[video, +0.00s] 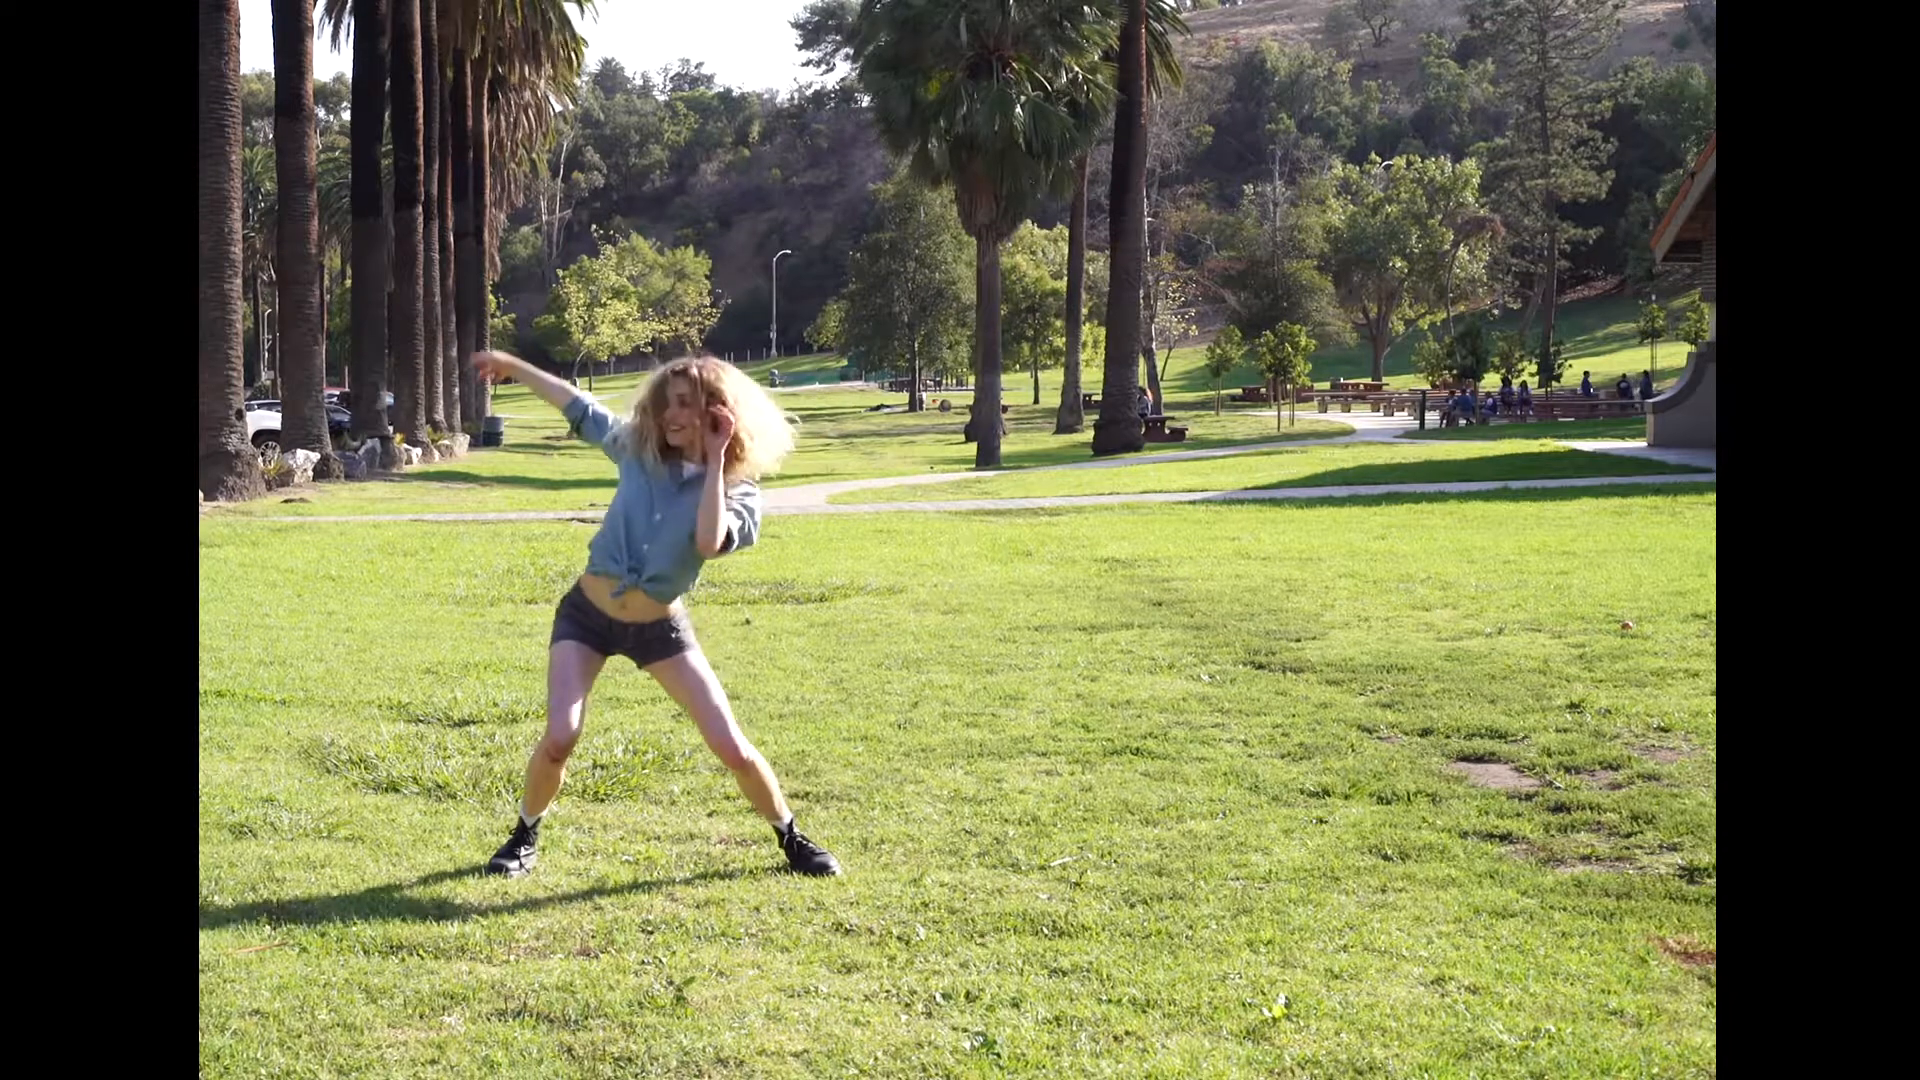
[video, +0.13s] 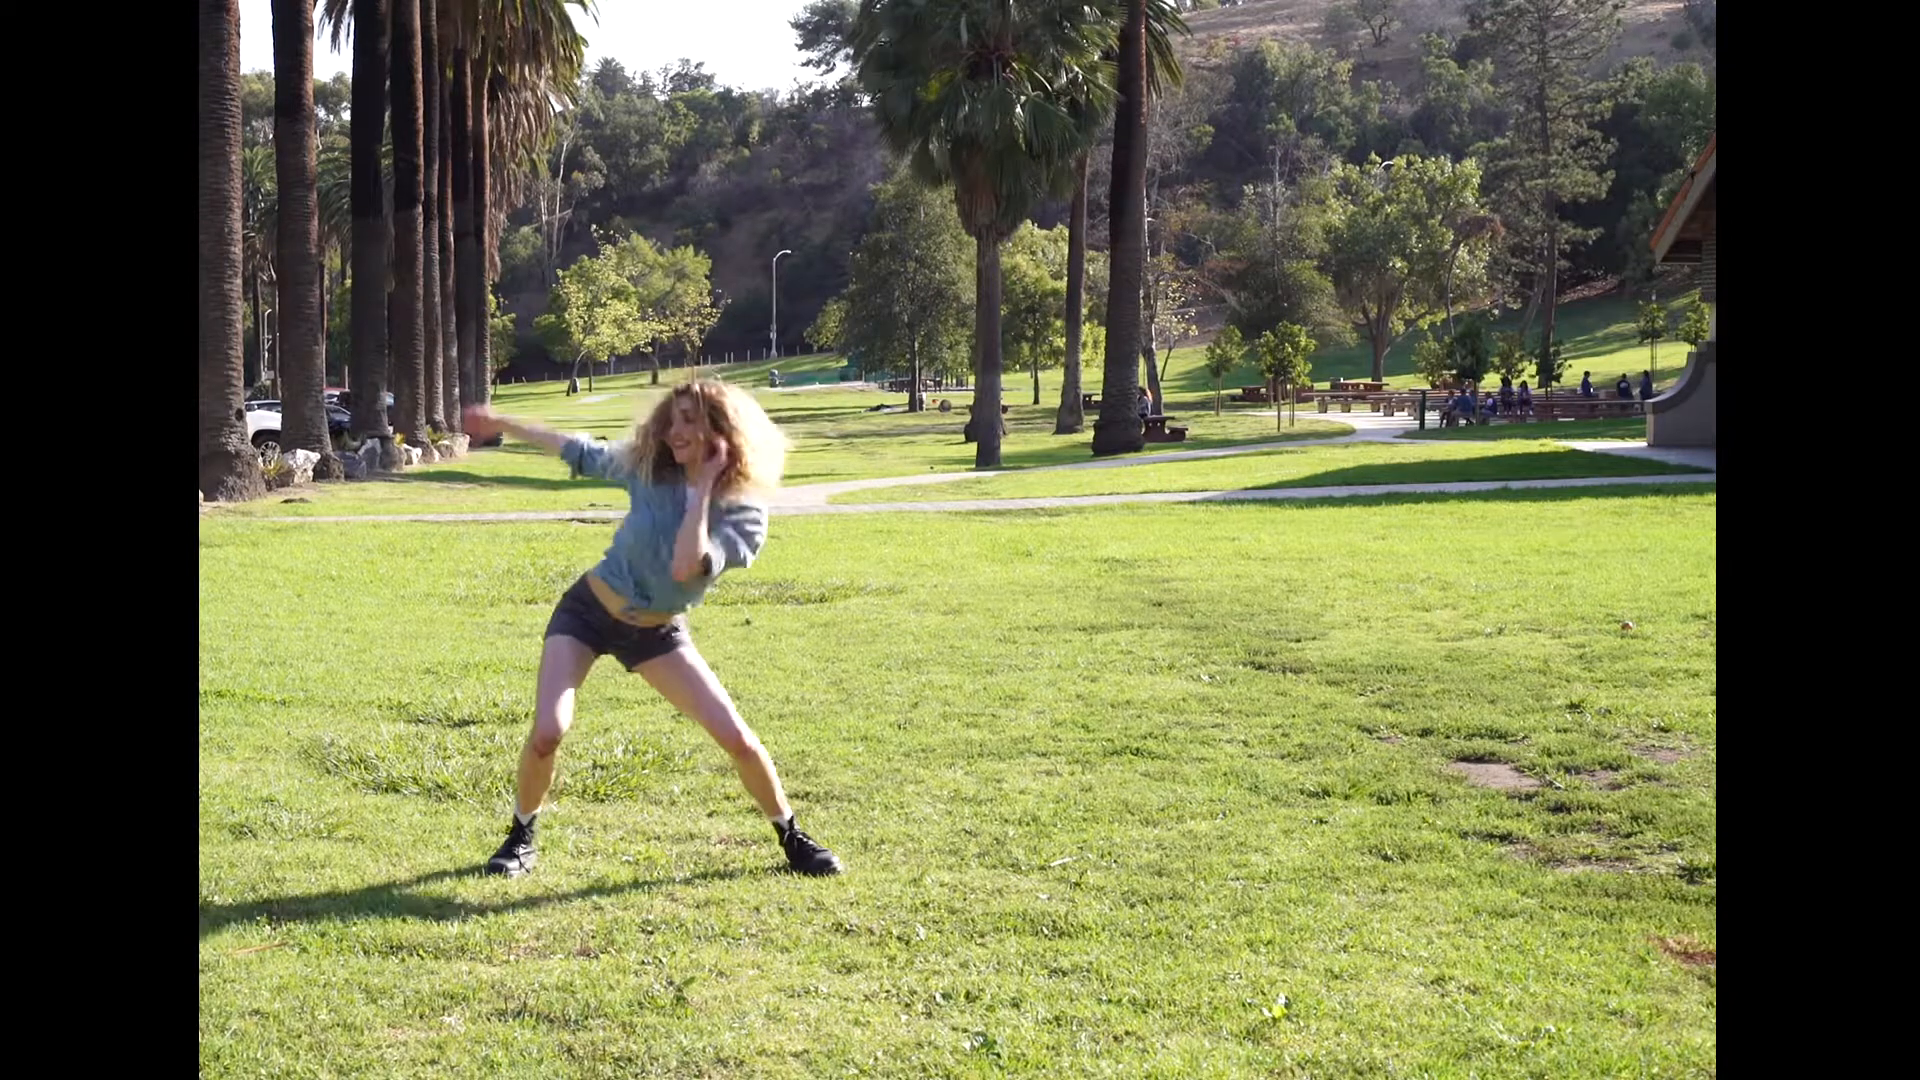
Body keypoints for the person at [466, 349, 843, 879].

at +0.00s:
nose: (673, 414)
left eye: (687, 403)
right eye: (667, 402)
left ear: (717, 413)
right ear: (659, 407)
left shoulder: (737, 491)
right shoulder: (639, 445)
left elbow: (709, 542)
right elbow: (577, 404)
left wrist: (715, 457)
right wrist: (515, 366)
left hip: (659, 627)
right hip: (586, 613)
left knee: (733, 748)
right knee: (561, 736)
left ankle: (792, 840)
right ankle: (523, 836)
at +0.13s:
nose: (675, 433)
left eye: (689, 423)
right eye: (671, 422)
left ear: (720, 434)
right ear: (664, 427)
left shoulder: (742, 514)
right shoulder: (647, 467)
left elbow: (685, 567)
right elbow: (572, 448)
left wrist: (702, 486)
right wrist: (501, 423)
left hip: (657, 632)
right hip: (588, 608)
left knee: (739, 740)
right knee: (549, 729)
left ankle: (793, 838)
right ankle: (520, 837)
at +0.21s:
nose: (683, 439)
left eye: (698, 429)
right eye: (679, 428)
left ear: (729, 441)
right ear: (673, 436)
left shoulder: (750, 528)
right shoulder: (657, 480)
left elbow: (680, 601)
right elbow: (574, 489)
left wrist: (680, 515)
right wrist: (479, 482)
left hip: (662, 629)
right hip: (602, 601)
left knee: (752, 728)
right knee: (535, 726)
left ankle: (796, 839)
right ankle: (517, 838)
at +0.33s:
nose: (681, 430)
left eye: (696, 421)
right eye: (677, 421)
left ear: (729, 435)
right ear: (671, 434)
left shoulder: (771, 510)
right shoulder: (655, 491)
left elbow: (736, 589)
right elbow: (570, 547)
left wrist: (658, 587)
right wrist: (477, 596)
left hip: (689, 620)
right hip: (626, 609)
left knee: (776, 724)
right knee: (562, 731)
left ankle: (802, 839)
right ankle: (520, 839)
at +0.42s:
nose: (673, 421)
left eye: (687, 410)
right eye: (668, 410)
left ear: (721, 418)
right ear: (661, 420)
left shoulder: (769, 483)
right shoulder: (656, 483)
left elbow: (752, 572)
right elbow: (619, 577)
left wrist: (678, 597)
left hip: (713, 611)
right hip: (642, 612)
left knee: (788, 729)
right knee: (598, 745)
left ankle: (804, 841)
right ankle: (527, 833)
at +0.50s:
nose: (666, 413)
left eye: (679, 401)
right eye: (660, 403)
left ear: (713, 406)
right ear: (654, 409)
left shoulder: (750, 468)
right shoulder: (653, 466)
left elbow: (739, 562)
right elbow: (680, 567)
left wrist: (649, 585)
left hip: (723, 593)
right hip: (657, 601)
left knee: (801, 719)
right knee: (629, 756)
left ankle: (812, 835)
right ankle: (540, 832)